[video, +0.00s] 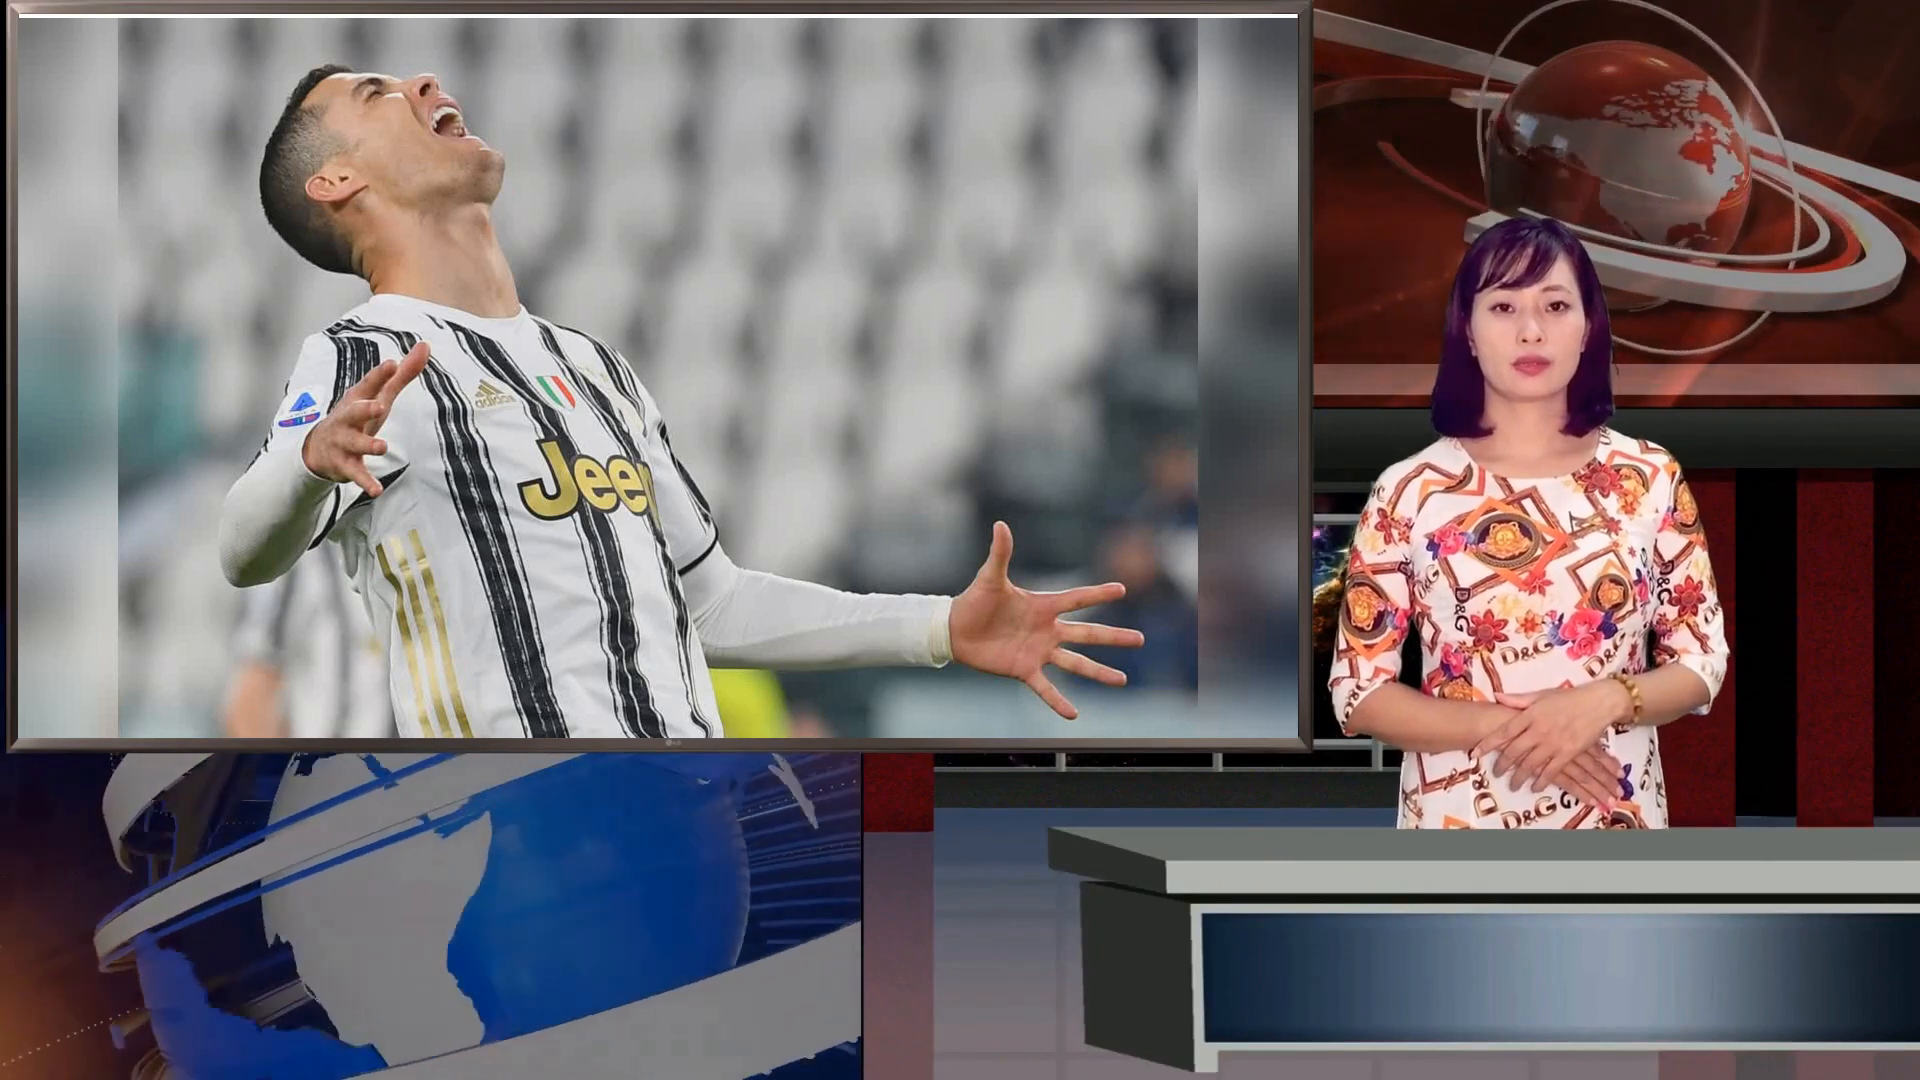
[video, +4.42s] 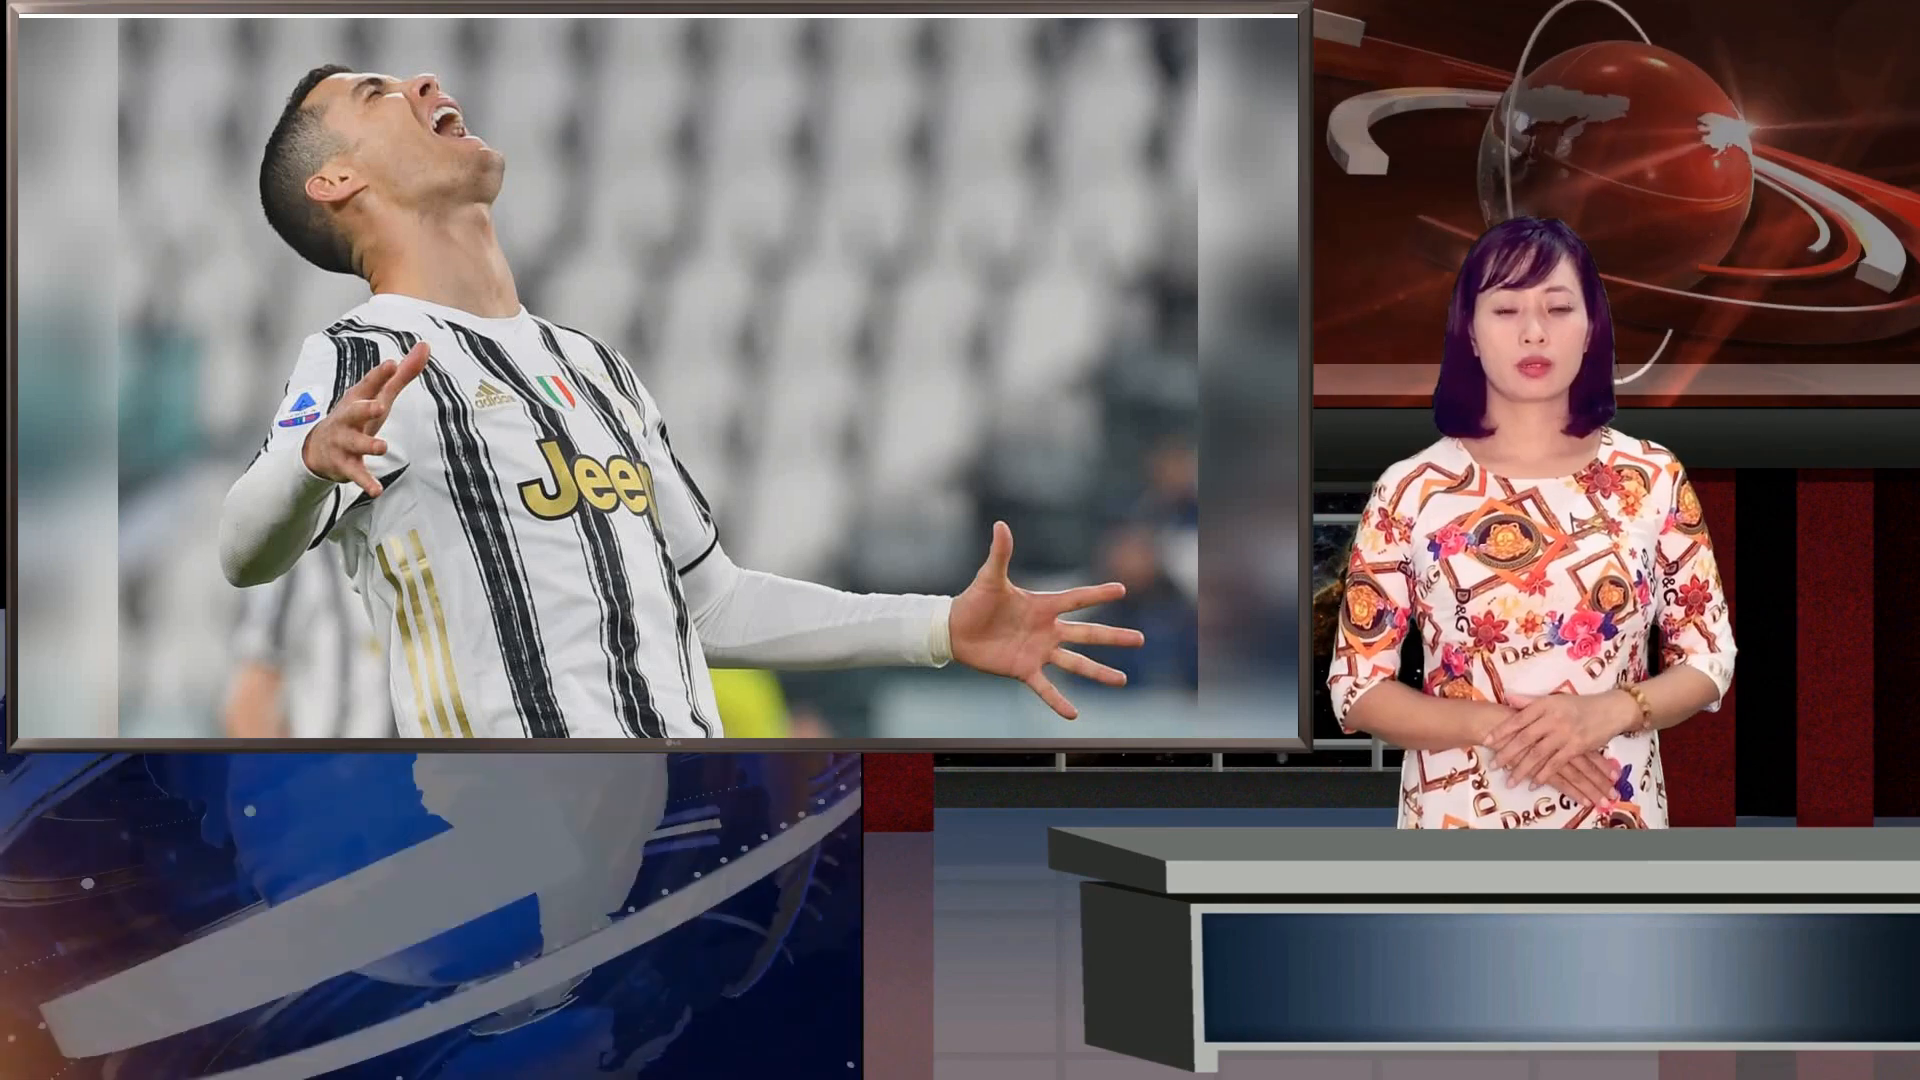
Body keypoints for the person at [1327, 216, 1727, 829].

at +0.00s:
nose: (1531, 330)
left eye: (1555, 306)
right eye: (1503, 307)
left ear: (1589, 326)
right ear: (1466, 328)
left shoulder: (1648, 478)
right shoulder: (1407, 492)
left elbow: (1702, 661)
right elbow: (1357, 691)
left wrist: (1604, 701)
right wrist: (1516, 731)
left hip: (1615, 830)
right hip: (1458, 830)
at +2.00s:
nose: (1531, 329)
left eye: (1556, 306)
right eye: (1503, 308)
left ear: (1588, 326)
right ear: (1467, 329)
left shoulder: (1647, 479)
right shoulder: (1407, 491)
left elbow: (1707, 660)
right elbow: (1355, 689)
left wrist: (1608, 700)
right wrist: (1492, 722)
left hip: (1613, 830)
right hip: (1457, 829)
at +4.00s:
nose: (1533, 331)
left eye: (1558, 307)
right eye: (1505, 309)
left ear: (1591, 326)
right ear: (1467, 329)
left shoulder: (1650, 479)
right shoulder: (1409, 492)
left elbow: (1704, 661)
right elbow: (1356, 689)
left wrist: (1622, 701)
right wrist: (1490, 724)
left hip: (1616, 831)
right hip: (1460, 830)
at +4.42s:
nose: (1533, 331)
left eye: (1558, 307)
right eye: (1505, 310)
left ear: (1591, 326)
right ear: (1469, 329)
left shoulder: (1651, 478)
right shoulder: (1409, 492)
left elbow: (1709, 658)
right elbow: (1357, 688)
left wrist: (1607, 712)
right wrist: (1502, 728)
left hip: (1615, 830)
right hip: (1458, 829)